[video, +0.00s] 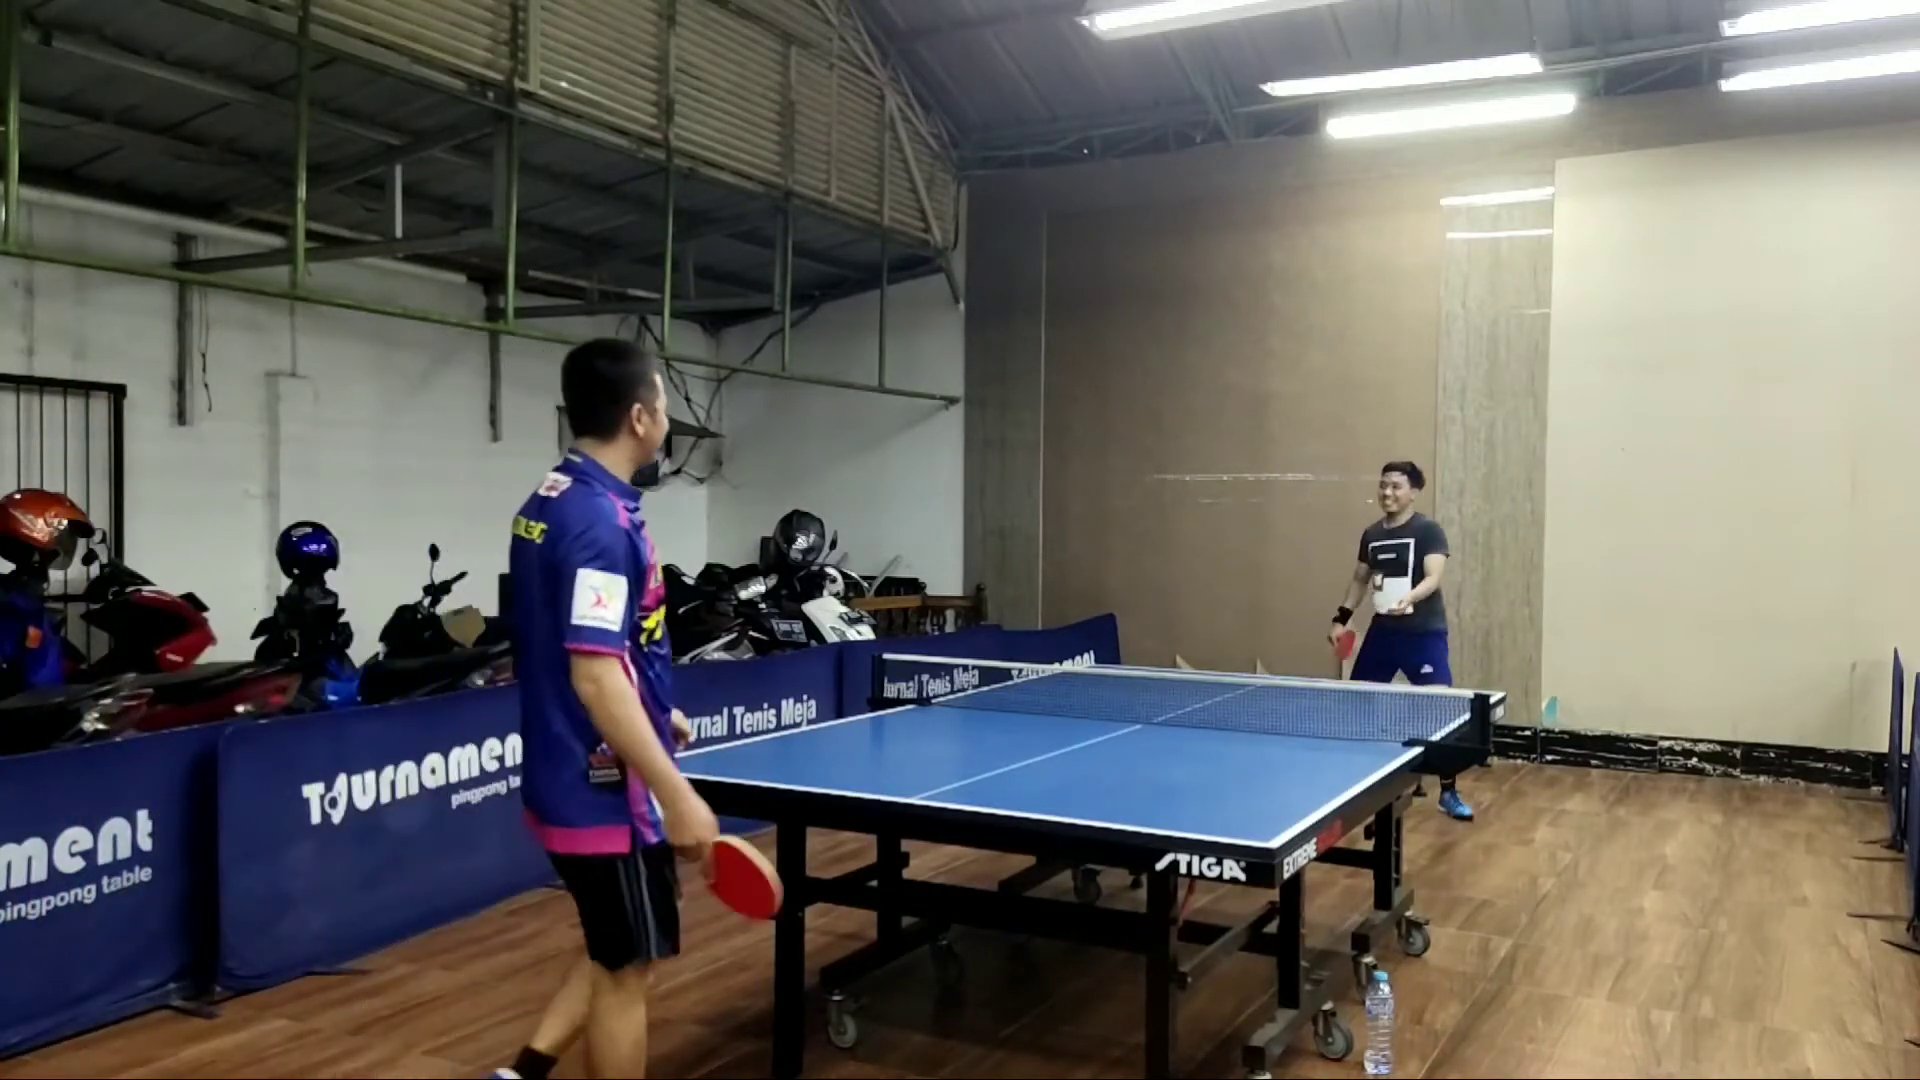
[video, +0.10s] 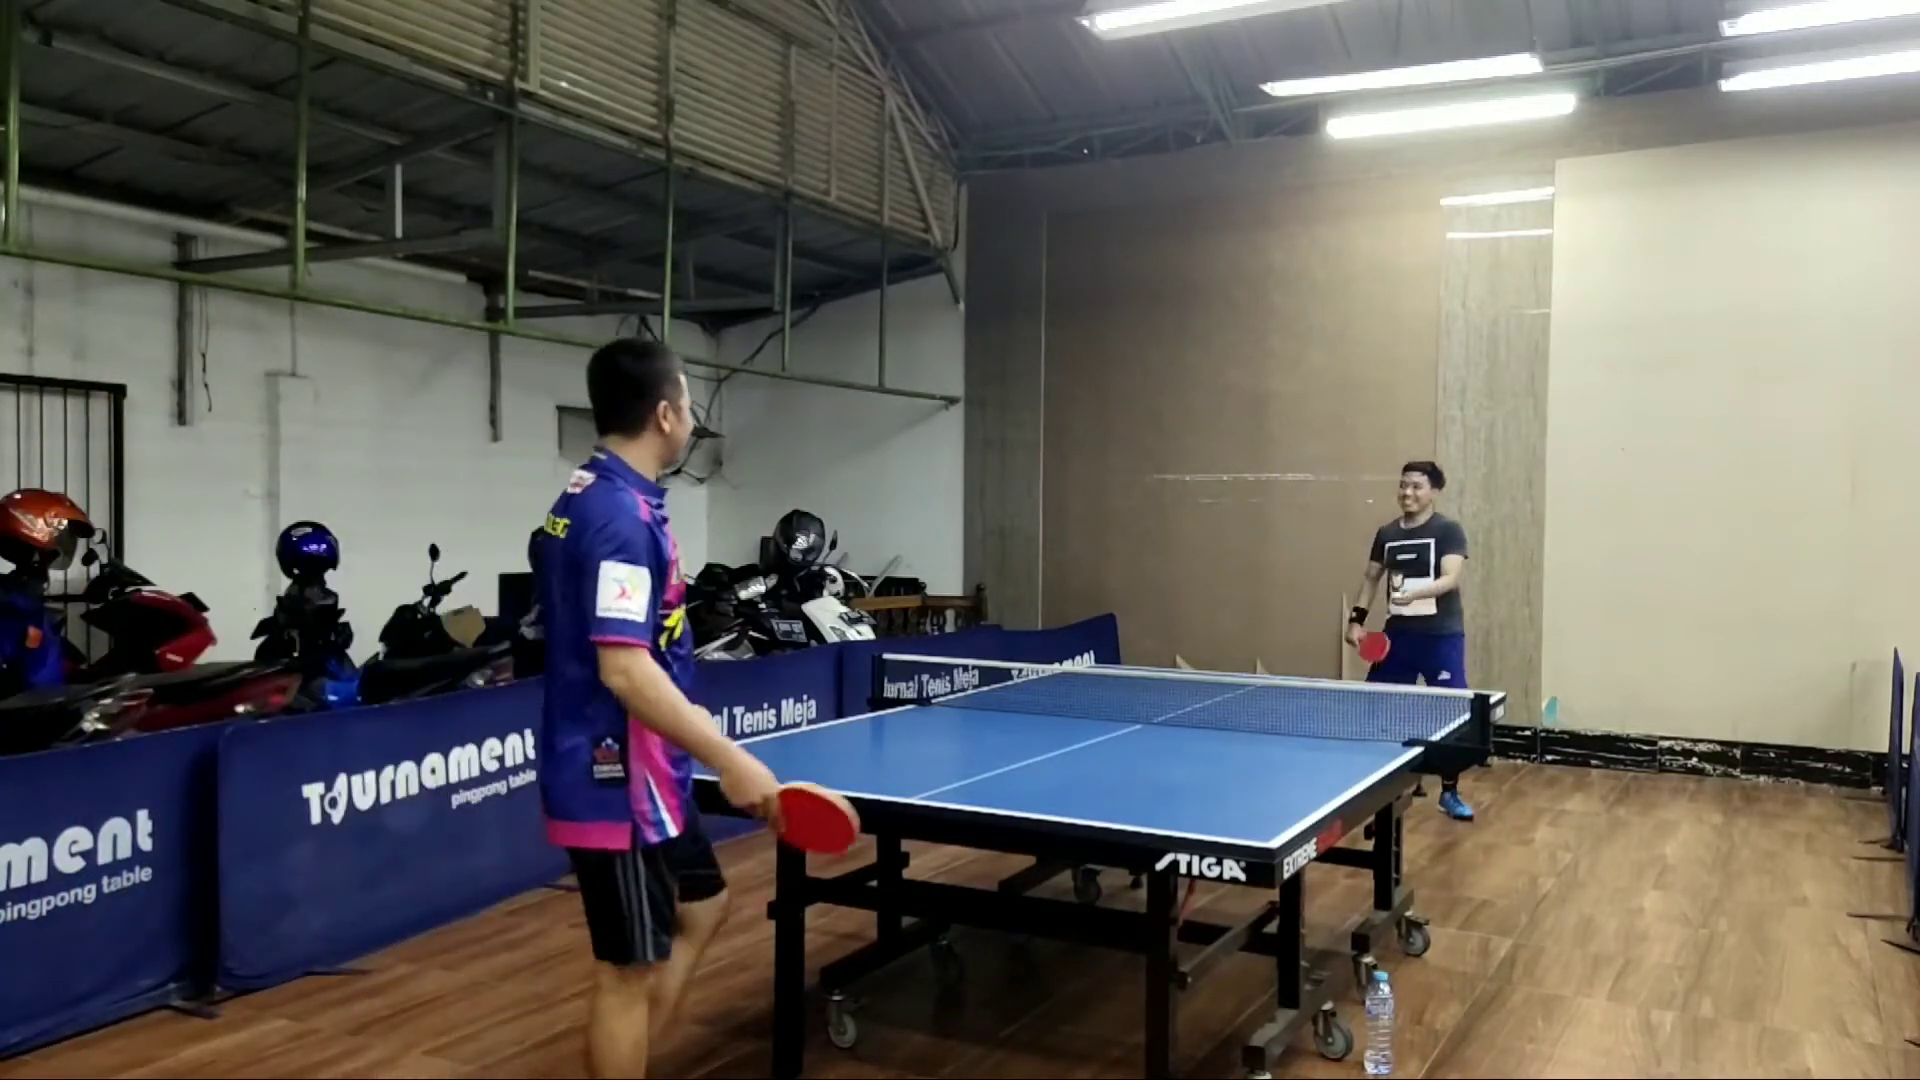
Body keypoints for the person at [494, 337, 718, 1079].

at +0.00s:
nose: (667, 420)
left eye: (665, 404)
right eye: (663, 405)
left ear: (581, 414)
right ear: (639, 416)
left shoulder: (554, 502)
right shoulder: (600, 522)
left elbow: (573, 648)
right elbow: (597, 676)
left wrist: (653, 711)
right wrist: (678, 799)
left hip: (567, 782)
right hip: (602, 797)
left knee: (613, 948)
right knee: (625, 968)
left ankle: (528, 1068)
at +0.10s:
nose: (690, 418)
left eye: (687, 402)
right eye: (686, 403)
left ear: (612, 412)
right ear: (664, 412)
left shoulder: (596, 499)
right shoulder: (620, 515)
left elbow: (591, 652)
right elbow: (622, 665)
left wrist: (672, 745)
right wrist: (732, 758)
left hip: (636, 766)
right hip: (611, 778)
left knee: (699, 903)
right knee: (632, 971)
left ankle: (634, 1054)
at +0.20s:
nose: (715, 418)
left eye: (711, 402)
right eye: (711, 402)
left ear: (641, 412)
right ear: (691, 412)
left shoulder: (660, 504)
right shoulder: (634, 513)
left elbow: (654, 650)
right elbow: (635, 658)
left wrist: (717, 719)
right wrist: (757, 726)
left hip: (672, 773)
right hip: (624, 788)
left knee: (709, 932)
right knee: (635, 977)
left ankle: (713, 1074)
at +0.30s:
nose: (735, 421)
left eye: (732, 406)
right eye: (732, 406)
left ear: (663, 414)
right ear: (712, 415)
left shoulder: (684, 508)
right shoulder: (649, 513)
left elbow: (677, 638)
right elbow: (639, 654)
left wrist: (735, 709)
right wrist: (767, 704)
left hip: (695, 776)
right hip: (648, 789)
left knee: (716, 951)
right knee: (645, 979)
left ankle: (738, 1075)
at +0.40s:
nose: (754, 422)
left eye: (750, 407)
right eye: (750, 407)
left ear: (683, 416)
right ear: (729, 416)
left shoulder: (707, 509)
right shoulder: (662, 514)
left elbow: (706, 650)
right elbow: (642, 650)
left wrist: (778, 713)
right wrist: (767, 704)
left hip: (720, 775)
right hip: (674, 787)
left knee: (728, 951)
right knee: (666, 973)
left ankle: (746, 1074)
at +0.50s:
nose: (770, 418)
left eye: (766, 403)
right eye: (767, 404)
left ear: (699, 413)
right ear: (749, 413)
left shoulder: (723, 505)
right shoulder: (678, 511)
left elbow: (713, 641)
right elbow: (649, 640)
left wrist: (781, 713)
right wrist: (766, 703)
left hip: (736, 773)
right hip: (692, 782)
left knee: (738, 953)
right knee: (693, 963)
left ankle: (750, 1074)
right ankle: (641, 1074)